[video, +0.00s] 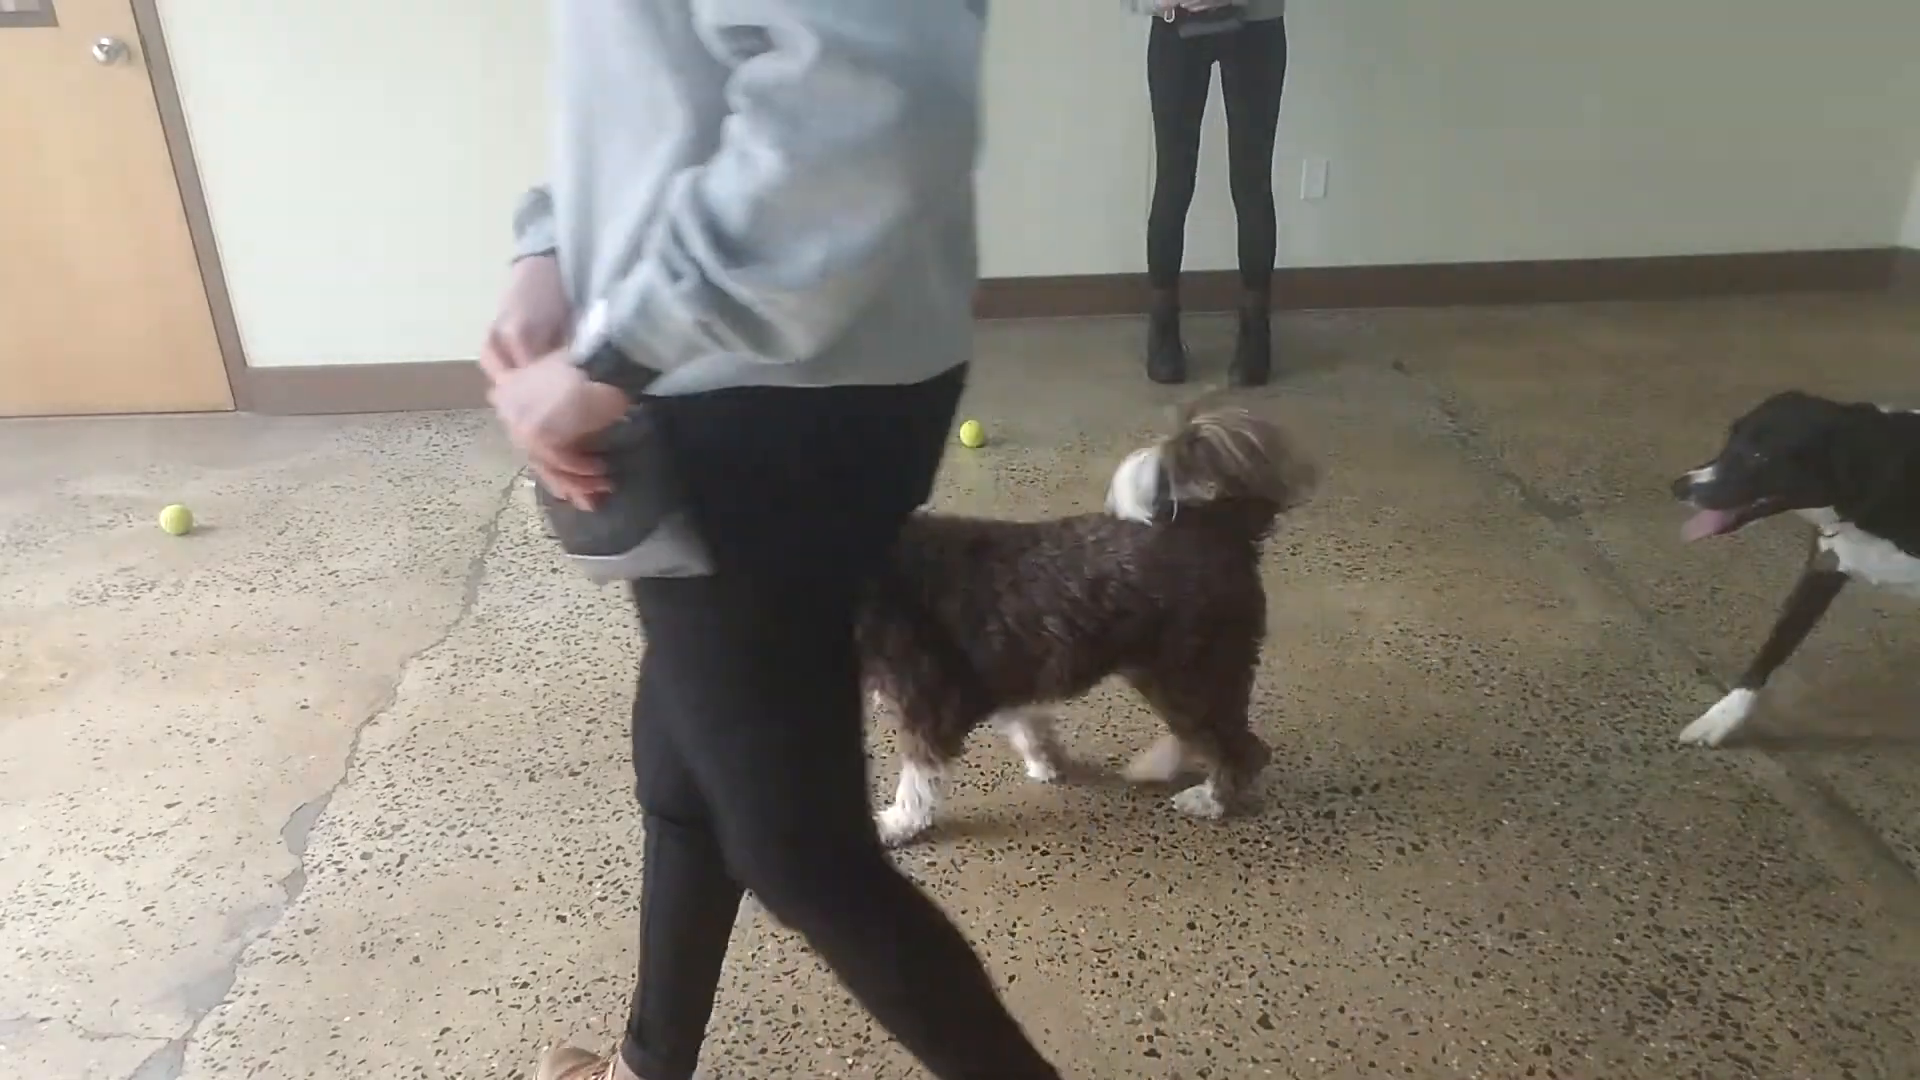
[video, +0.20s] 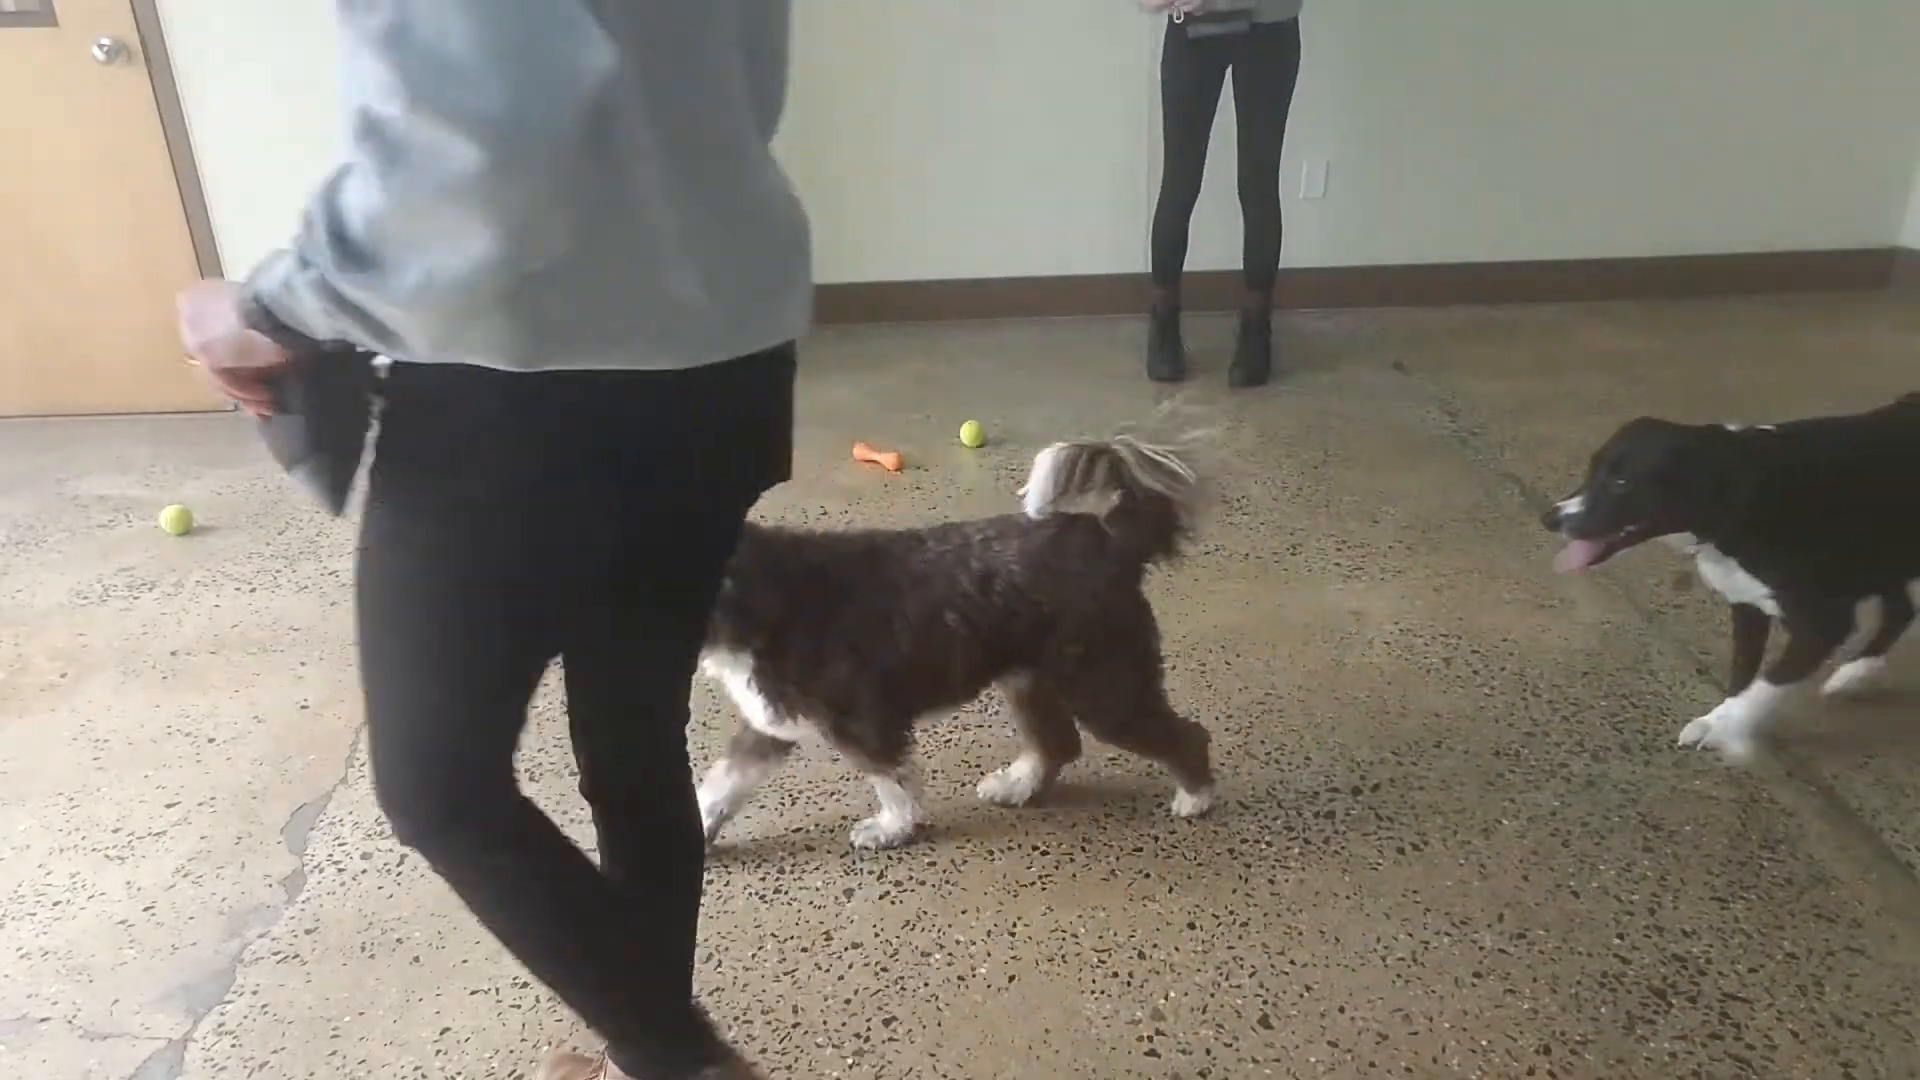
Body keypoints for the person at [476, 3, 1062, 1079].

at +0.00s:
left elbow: (861, 110)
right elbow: (657, 79)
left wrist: (613, 357)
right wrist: (551, 256)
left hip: (804, 371)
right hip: (712, 361)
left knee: (797, 847)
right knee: (682, 783)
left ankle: (1015, 1067)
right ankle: (654, 1061)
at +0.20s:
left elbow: (477, 145)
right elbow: (745, 97)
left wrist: (274, 308)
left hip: (516, 346)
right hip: (726, 325)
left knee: (441, 792)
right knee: (637, 746)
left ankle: (688, 1057)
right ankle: (652, 1041)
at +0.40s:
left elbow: (150, 110)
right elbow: (613, 43)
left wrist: (98, 283)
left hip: (312, 356)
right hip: (588, 341)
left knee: (307, 794)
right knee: (593, 763)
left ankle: (273, 1062)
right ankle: (640, 1057)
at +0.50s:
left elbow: (17, 111)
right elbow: (539, 63)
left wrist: (29, 269)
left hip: (217, 378)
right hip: (505, 359)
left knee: (238, 805)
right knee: (566, 783)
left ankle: (148, 1067)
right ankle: (636, 1061)